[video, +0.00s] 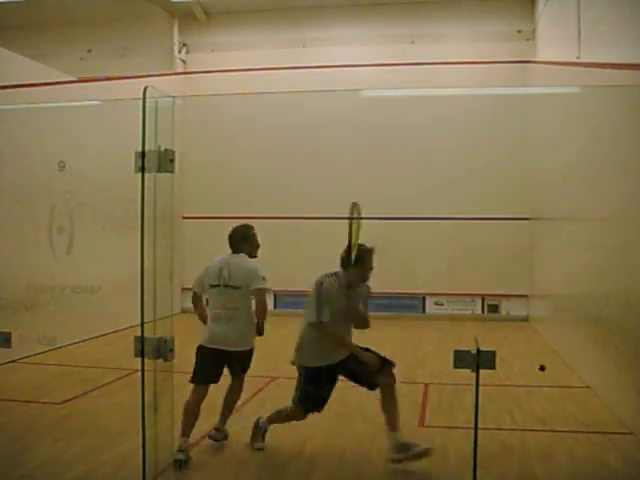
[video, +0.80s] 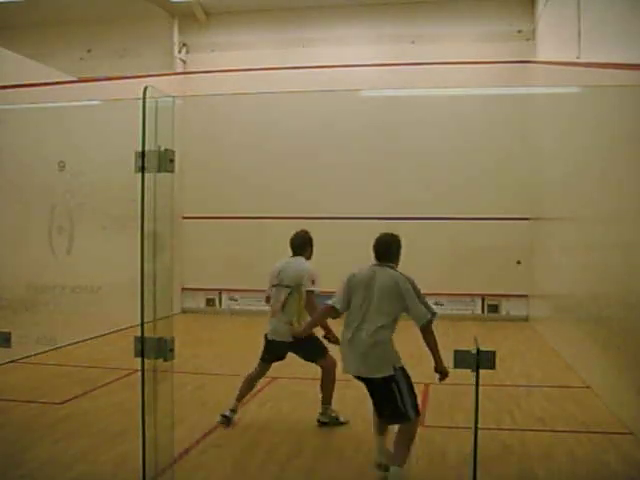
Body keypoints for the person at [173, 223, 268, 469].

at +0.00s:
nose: (259, 244)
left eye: (257, 239)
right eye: (256, 240)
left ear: (233, 244)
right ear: (246, 243)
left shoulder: (213, 266)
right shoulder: (253, 268)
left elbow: (196, 298)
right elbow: (261, 302)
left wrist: (209, 323)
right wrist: (260, 325)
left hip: (212, 340)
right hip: (241, 342)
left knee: (197, 391)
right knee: (237, 380)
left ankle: (182, 445)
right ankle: (220, 426)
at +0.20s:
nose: (262, 244)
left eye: (261, 239)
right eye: (259, 240)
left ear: (237, 242)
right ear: (248, 241)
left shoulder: (216, 262)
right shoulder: (251, 264)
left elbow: (198, 290)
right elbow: (257, 294)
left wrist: (200, 319)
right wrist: (263, 323)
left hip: (214, 334)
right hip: (242, 335)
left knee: (205, 379)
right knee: (239, 377)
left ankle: (192, 419)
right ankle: (230, 421)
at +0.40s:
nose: (260, 237)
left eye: (259, 233)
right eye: (258, 233)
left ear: (238, 236)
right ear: (253, 235)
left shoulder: (220, 255)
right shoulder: (258, 254)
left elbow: (200, 282)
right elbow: (266, 283)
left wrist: (203, 310)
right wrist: (273, 308)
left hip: (224, 322)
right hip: (251, 323)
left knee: (217, 363)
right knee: (262, 363)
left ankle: (203, 410)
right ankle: (250, 407)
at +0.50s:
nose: (261, 251)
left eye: (260, 247)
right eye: (260, 247)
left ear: (239, 250)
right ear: (257, 248)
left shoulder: (224, 268)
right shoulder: (260, 269)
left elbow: (206, 296)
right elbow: (269, 298)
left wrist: (210, 320)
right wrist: (278, 323)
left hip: (227, 334)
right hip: (253, 334)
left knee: (217, 369)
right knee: (280, 363)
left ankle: (199, 408)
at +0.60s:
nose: (270, 267)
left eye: (269, 263)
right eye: (270, 263)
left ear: (250, 264)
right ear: (267, 264)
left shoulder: (235, 282)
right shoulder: (267, 284)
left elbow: (219, 313)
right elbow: (275, 317)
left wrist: (228, 334)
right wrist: (289, 339)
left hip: (230, 344)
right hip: (254, 343)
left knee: (223, 372)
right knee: (294, 365)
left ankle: (201, 408)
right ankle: (310, 409)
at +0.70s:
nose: (291, 263)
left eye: (290, 259)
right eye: (290, 260)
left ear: (269, 260)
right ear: (286, 261)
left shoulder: (255, 279)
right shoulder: (286, 283)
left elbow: (244, 310)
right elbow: (291, 317)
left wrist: (259, 325)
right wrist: (306, 339)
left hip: (251, 343)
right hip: (276, 344)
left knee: (233, 373)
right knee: (312, 367)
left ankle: (206, 407)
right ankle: (323, 412)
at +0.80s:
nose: (313, 251)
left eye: (312, 247)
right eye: (312, 247)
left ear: (292, 248)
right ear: (309, 248)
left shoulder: (278, 267)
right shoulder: (306, 270)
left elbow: (269, 299)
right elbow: (310, 304)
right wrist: (327, 330)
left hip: (274, 334)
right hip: (298, 334)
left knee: (258, 371)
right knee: (329, 364)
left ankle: (232, 409)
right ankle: (326, 412)